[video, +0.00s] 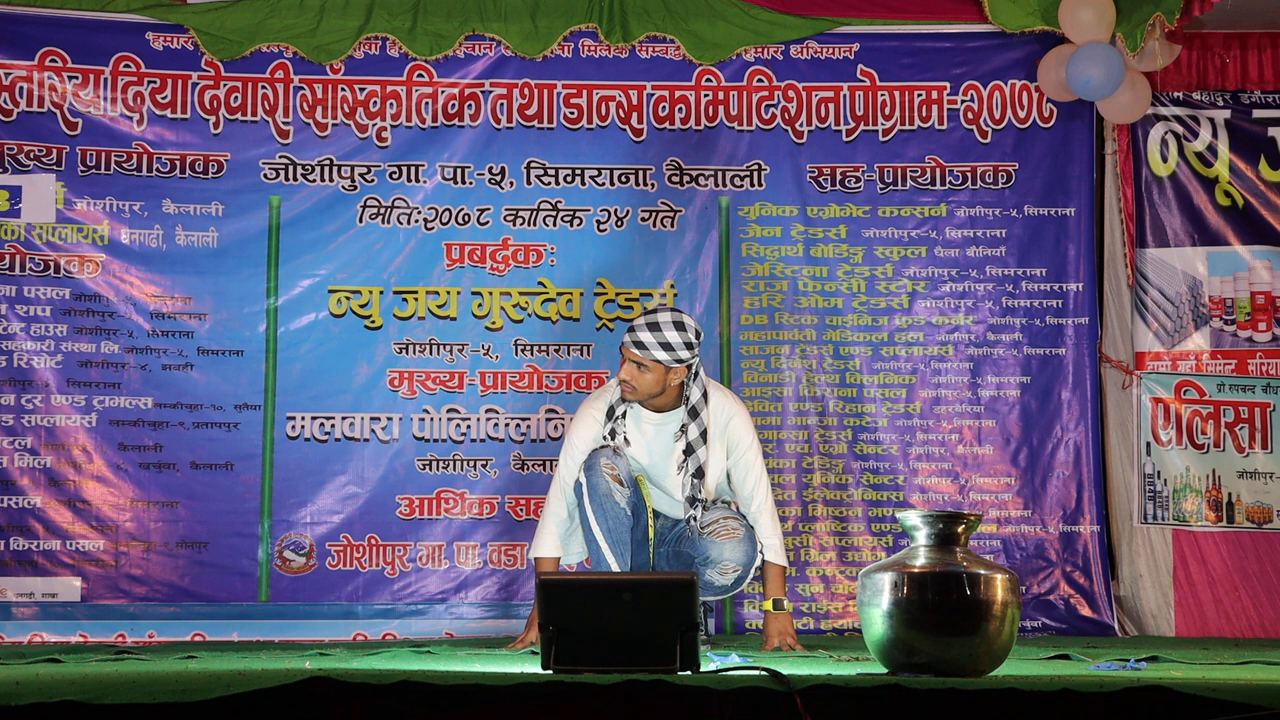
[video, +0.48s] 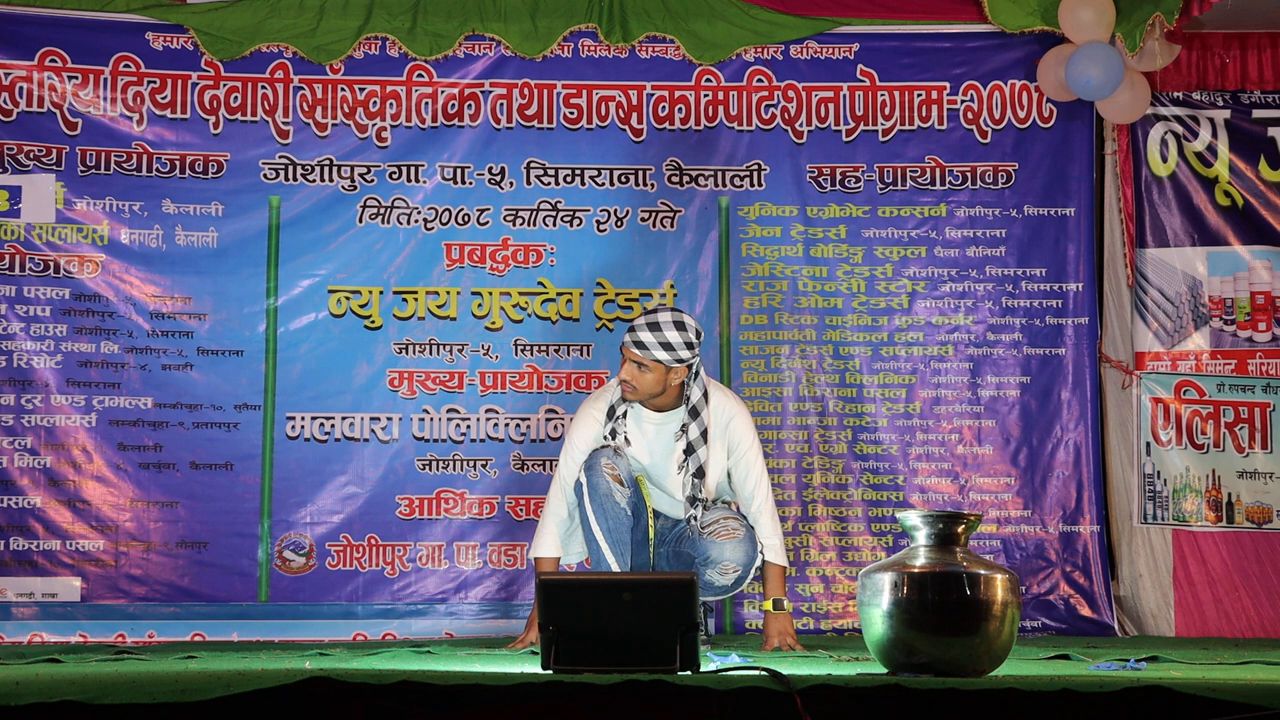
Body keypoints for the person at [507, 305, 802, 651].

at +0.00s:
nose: (622, 374)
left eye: (639, 367)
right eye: (623, 360)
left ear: (677, 374)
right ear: (621, 355)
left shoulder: (726, 414)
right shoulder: (598, 411)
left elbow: (761, 508)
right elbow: (558, 506)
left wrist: (777, 609)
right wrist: (541, 608)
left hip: (692, 539)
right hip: (628, 532)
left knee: (733, 546)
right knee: (603, 463)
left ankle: (688, 610)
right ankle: (621, 607)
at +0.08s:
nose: (622, 374)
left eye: (639, 367)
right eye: (623, 360)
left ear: (677, 374)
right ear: (621, 355)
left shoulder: (726, 414)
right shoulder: (598, 411)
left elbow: (761, 508)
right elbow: (558, 505)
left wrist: (777, 609)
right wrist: (541, 608)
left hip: (691, 539)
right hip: (628, 532)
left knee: (733, 547)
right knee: (603, 463)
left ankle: (688, 610)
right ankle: (621, 607)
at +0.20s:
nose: (623, 374)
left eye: (639, 367)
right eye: (623, 360)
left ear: (677, 374)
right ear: (621, 355)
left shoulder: (727, 414)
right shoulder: (598, 411)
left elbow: (761, 508)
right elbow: (558, 505)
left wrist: (777, 609)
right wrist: (541, 608)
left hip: (691, 539)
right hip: (628, 532)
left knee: (733, 546)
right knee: (603, 463)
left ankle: (688, 610)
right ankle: (621, 607)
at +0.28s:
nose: (623, 374)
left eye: (639, 367)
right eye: (623, 360)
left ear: (678, 374)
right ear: (621, 355)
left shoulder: (727, 414)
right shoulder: (598, 411)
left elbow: (761, 508)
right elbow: (558, 505)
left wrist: (777, 609)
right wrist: (541, 608)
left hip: (691, 540)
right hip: (628, 532)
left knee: (733, 546)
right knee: (603, 463)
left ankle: (688, 610)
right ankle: (621, 607)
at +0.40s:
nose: (623, 375)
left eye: (639, 368)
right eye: (624, 360)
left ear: (678, 374)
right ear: (621, 355)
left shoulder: (727, 414)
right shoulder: (598, 411)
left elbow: (761, 508)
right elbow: (558, 505)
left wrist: (777, 609)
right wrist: (541, 608)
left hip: (691, 539)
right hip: (628, 531)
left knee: (733, 547)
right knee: (603, 463)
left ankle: (688, 610)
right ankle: (620, 607)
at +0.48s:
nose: (623, 375)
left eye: (640, 368)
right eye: (624, 360)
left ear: (678, 374)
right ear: (621, 355)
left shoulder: (727, 414)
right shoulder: (598, 411)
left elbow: (761, 508)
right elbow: (558, 505)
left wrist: (777, 609)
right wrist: (541, 608)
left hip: (691, 540)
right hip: (628, 532)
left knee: (733, 546)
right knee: (604, 463)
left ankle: (688, 610)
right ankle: (620, 607)